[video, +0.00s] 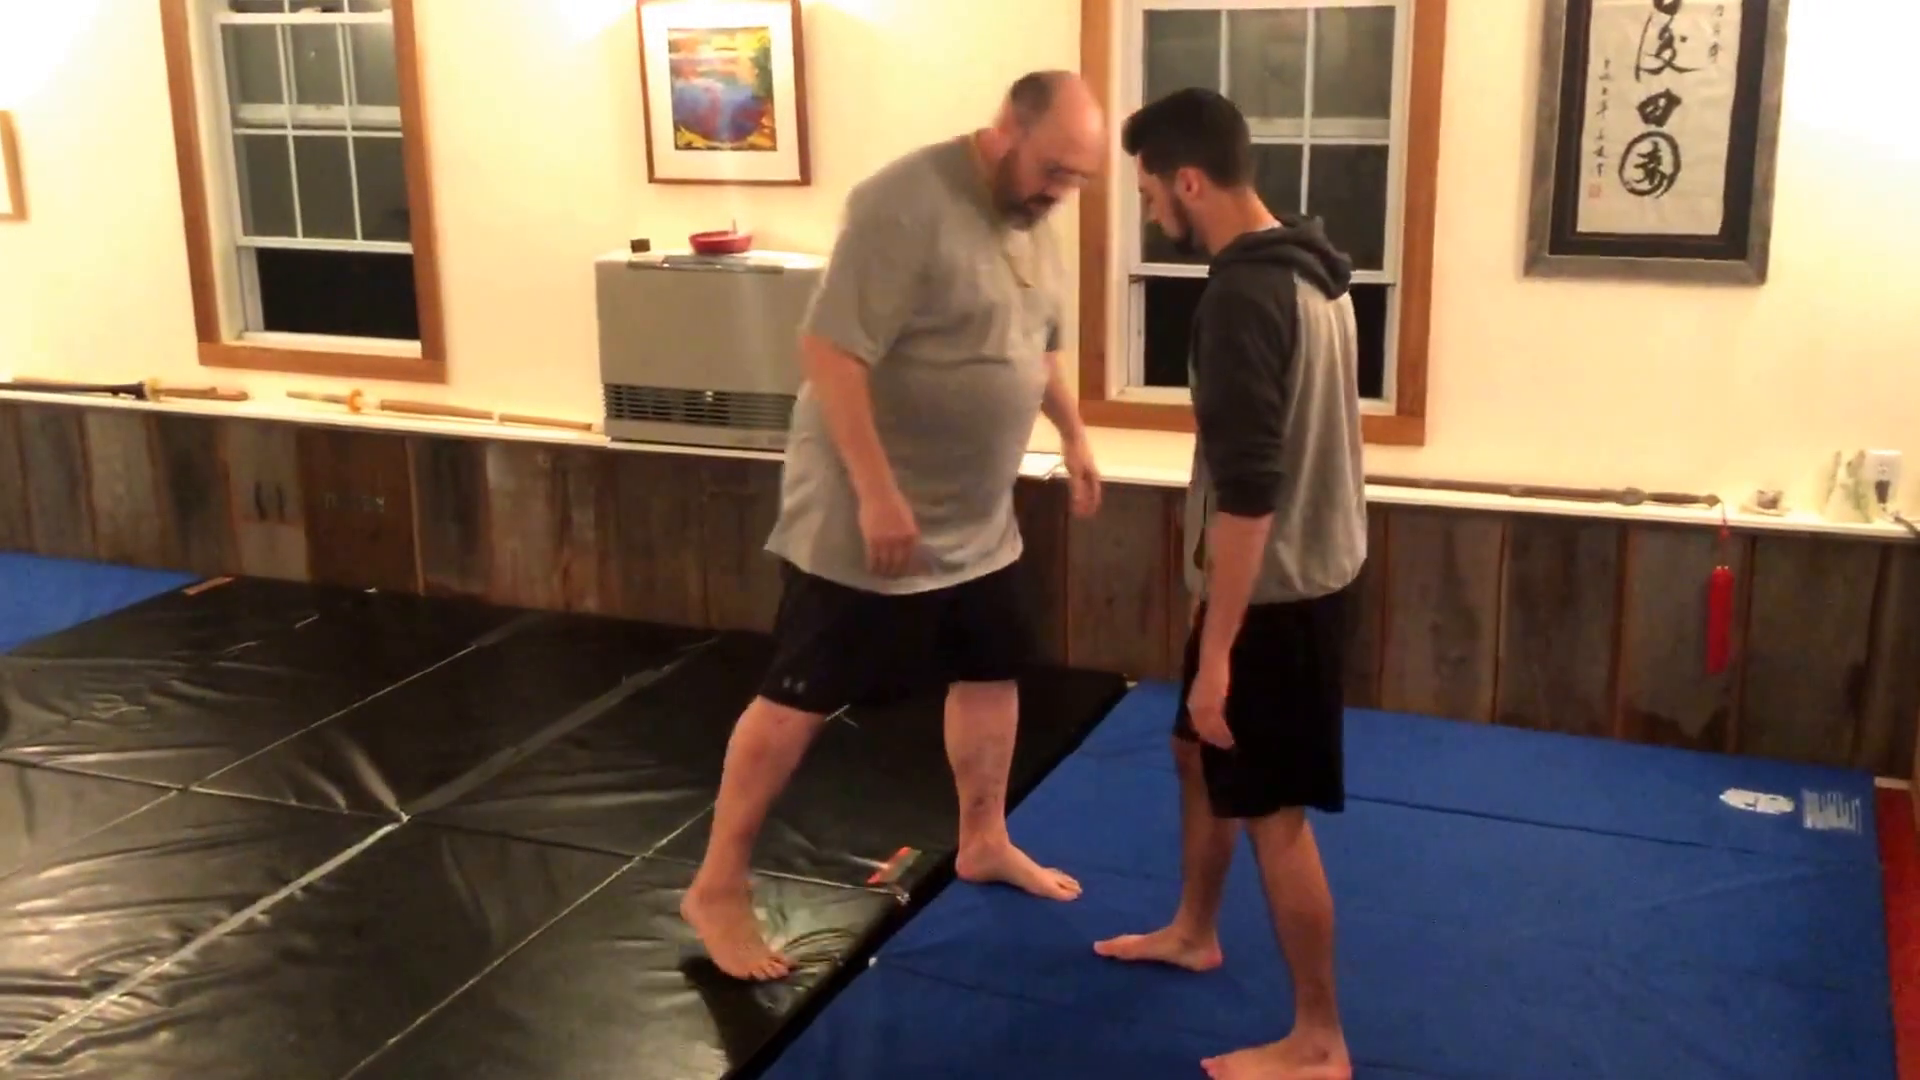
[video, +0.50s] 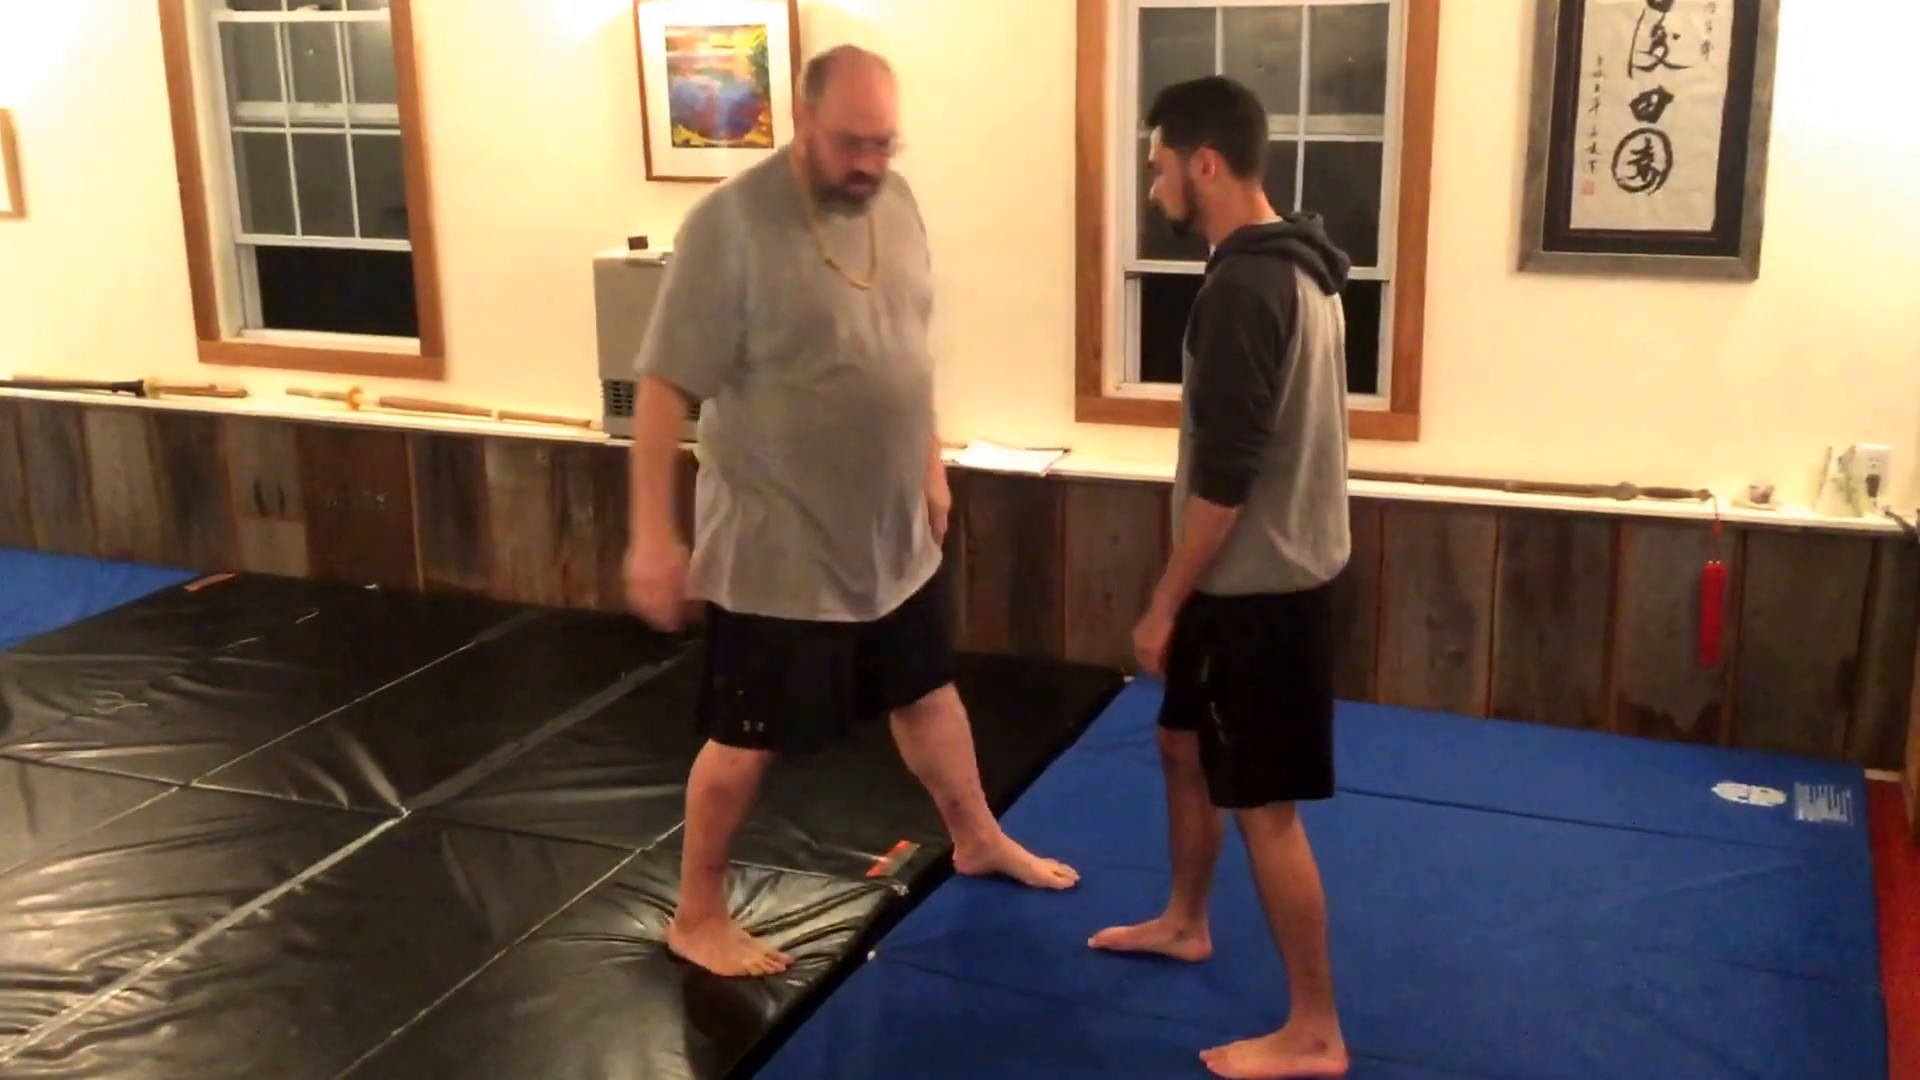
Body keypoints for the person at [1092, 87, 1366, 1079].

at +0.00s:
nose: (1152, 211)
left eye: (1151, 191)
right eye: (1146, 193)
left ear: (1188, 181)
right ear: (1228, 174)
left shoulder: (1244, 293)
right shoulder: (1308, 265)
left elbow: (1250, 498)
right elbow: (1316, 438)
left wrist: (1214, 659)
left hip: (1273, 592)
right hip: (1292, 572)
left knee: (1275, 817)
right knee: (1200, 744)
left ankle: (1317, 1040)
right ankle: (1192, 929)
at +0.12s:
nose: (1154, 207)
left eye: (1154, 186)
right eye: (1149, 188)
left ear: (1194, 177)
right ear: (1233, 171)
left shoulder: (1249, 293)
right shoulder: (1310, 263)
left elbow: (1260, 493)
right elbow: (1309, 442)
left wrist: (1217, 651)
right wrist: (1214, 580)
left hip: (1273, 593)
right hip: (1275, 575)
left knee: (1273, 816)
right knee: (1191, 744)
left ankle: (1316, 1037)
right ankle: (1191, 924)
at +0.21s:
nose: (1155, 204)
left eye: (1156, 183)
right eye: (1151, 185)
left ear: (1197, 174)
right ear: (1235, 170)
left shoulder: (1249, 293)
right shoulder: (1307, 263)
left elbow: (1257, 492)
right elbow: (1248, 450)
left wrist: (1212, 649)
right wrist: (1198, 568)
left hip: (1274, 593)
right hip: (1264, 573)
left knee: (1274, 817)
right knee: (1184, 742)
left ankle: (1316, 1037)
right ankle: (1186, 919)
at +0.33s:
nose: (1157, 200)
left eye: (1159, 179)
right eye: (1154, 181)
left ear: (1200, 172)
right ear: (1238, 168)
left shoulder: (1248, 293)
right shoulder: (1305, 265)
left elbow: (1246, 486)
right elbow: (1265, 456)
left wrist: (1195, 631)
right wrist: (1196, 569)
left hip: (1265, 591)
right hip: (1267, 572)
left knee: (1269, 815)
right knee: (1185, 745)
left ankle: (1316, 1035)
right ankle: (1185, 922)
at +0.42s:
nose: (1157, 193)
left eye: (1160, 171)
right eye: (1156, 173)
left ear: (1202, 167)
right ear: (1240, 164)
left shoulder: (1247, 289)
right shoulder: (1301, 264)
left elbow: (1238, 481)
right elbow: (1286, 448)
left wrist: (1175, 612)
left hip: (1262, 587)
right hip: (1267, 571)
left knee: (1263, 808)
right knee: (1185, 745)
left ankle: (1316, 1033)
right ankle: (1185, 920)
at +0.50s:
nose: (1156, 185)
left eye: (1162, 164)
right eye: (1156, 166)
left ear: (1207, 163)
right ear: (1238, 162)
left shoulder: (1242, 287)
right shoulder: (1299, 261)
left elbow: (1227, 477)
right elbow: (1289, 439)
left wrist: (1164, 605)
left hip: (1258, 582)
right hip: (1263, 567)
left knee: (1263, 807)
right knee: (1184, 744)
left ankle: (1315, 1031)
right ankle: (1184, 919)